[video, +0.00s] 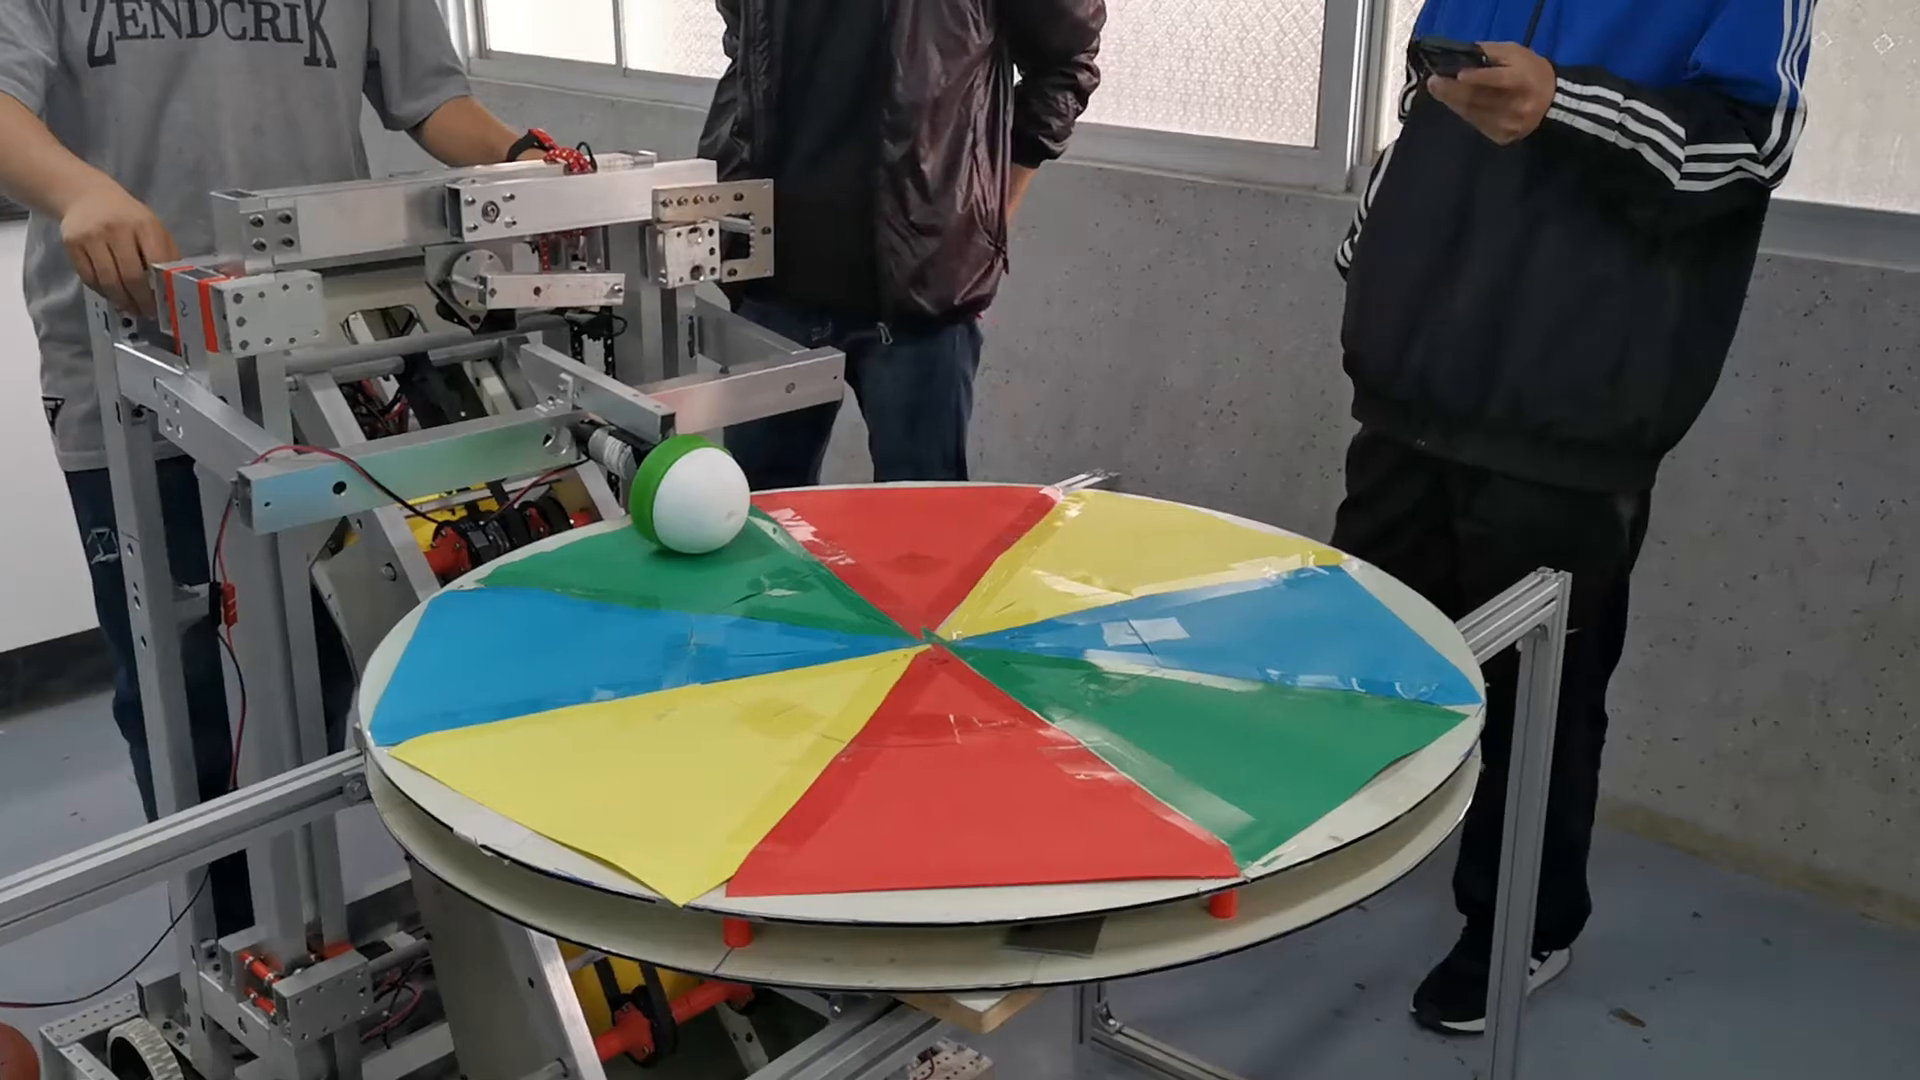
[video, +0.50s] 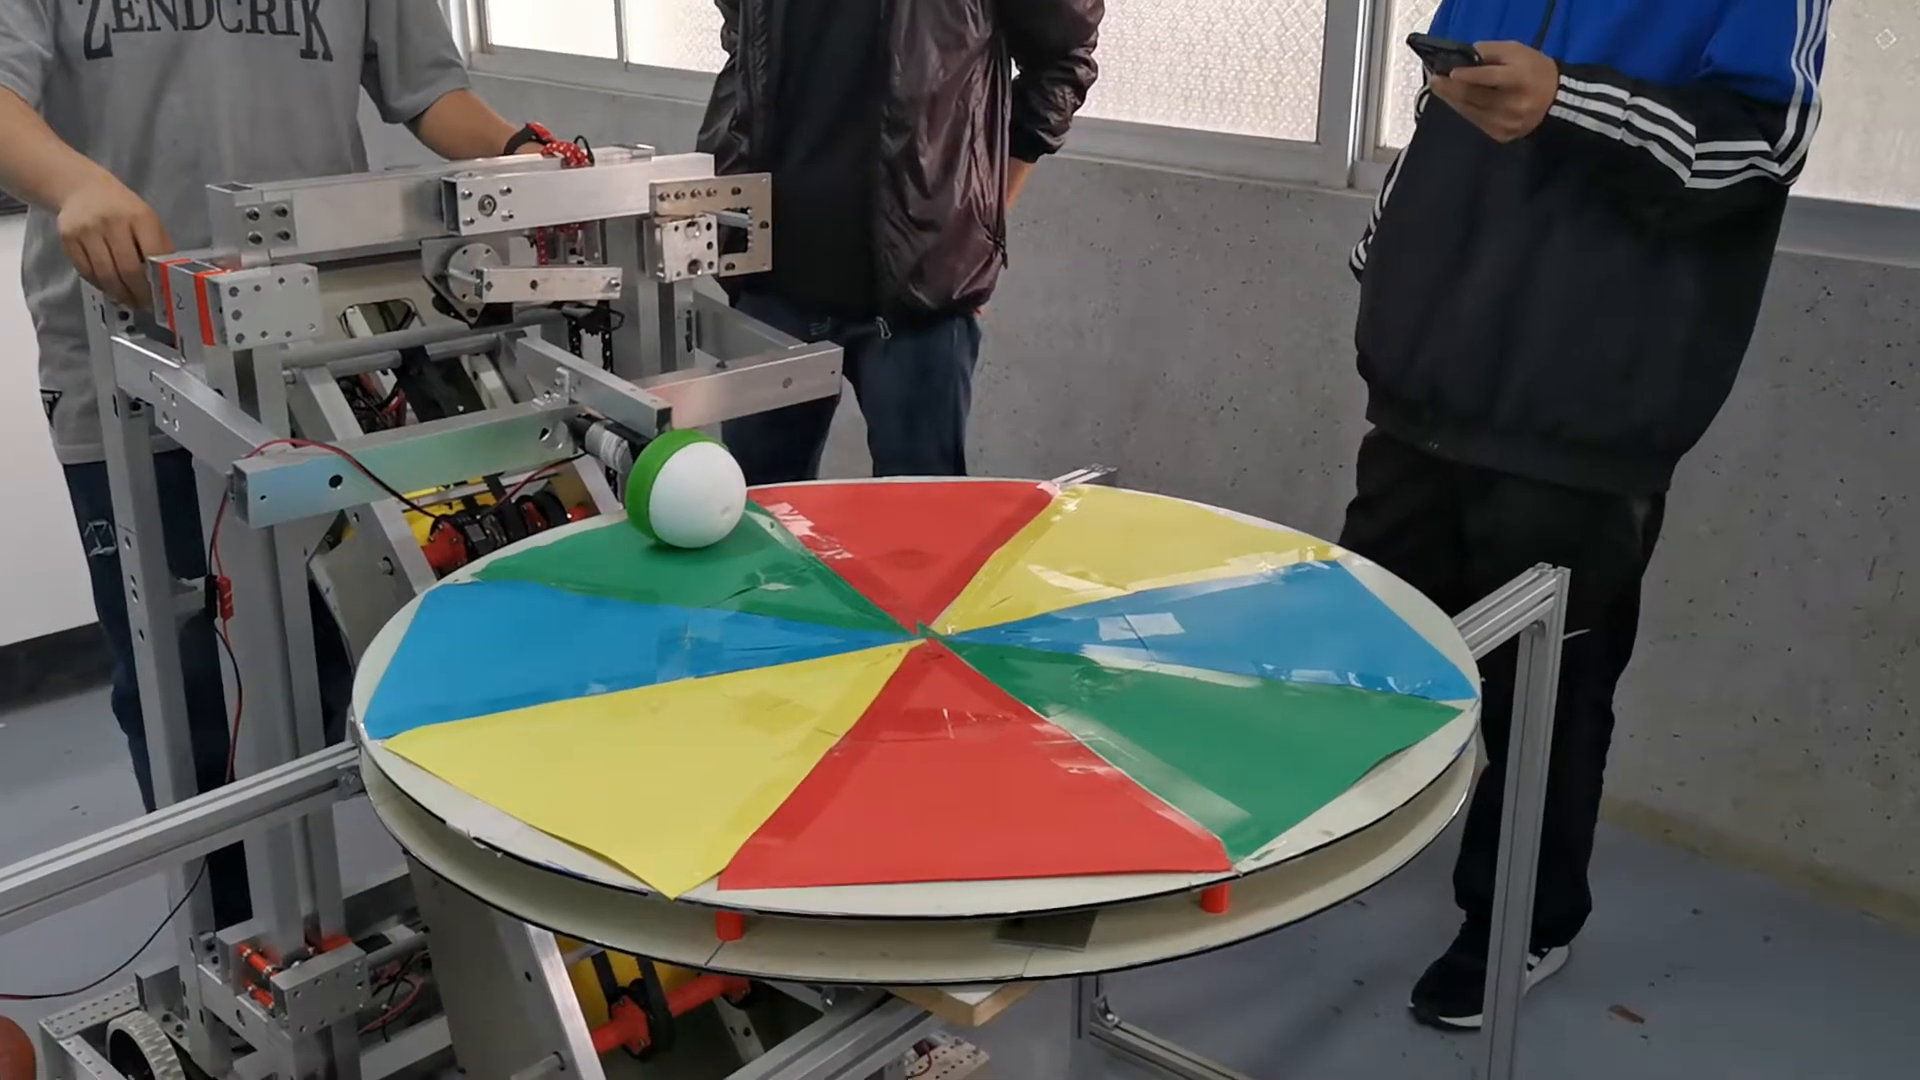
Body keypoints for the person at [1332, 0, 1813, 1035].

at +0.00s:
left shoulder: (1749, 6)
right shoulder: (1477, 4)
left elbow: (1749, 143)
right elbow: (1433, 95)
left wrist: (1557, 106)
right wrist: (1374, 249)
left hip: (1586, 378)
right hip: (1424, 338)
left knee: (1538, 678)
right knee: (1369, 634)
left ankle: (1520, 924)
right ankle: (1299, 855)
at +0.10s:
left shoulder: (1750, 5)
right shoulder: (1481, 3)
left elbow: (1750, 144)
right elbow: (1434, 93)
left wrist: (1557, 102)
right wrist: (1374, 250)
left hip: (1587, 379)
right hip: (1424, 339)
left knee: (1538, 678)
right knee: (1366, 635)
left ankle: (1520, 924)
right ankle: (1290, 859)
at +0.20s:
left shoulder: (1751, 5)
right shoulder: (1484, 4)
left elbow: (1752, 144)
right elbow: (1438, 91)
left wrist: (1557, 102)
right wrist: (1377, 246)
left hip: (1588, 382)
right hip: (1427, 343)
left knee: (1540, 679)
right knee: (1366, 634)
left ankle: (1518, 926)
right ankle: (1295, 857)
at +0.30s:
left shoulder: (1755, 4)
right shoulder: (1486, 5)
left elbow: (1755, 147)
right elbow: (1441, 115)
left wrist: (1556, 104)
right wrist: (1378, 250)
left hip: (1593, 386)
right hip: (1431, 347)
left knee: (1542, 680)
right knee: (1371, 637)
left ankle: (1518, 927)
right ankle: (1299, 859)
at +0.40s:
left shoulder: (1759, 4)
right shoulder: (1492, 6)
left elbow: (1759, 145)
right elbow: (1444, 114)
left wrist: (1557, 106)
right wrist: (1380, 257)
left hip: (1596, 386)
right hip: (1434, 348)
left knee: (1543, 681)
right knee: (1373, 638)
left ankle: (1519, 926)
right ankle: (1298, 859)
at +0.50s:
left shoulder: (1762, 3)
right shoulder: (1496, 5)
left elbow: (1762, 142)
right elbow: (1448, 108)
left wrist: (1560, 100)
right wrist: (1386, 247)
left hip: (1598, 383)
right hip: (1436, 345)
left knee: (1543, 679)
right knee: (1377, 637)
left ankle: (1516, 923)